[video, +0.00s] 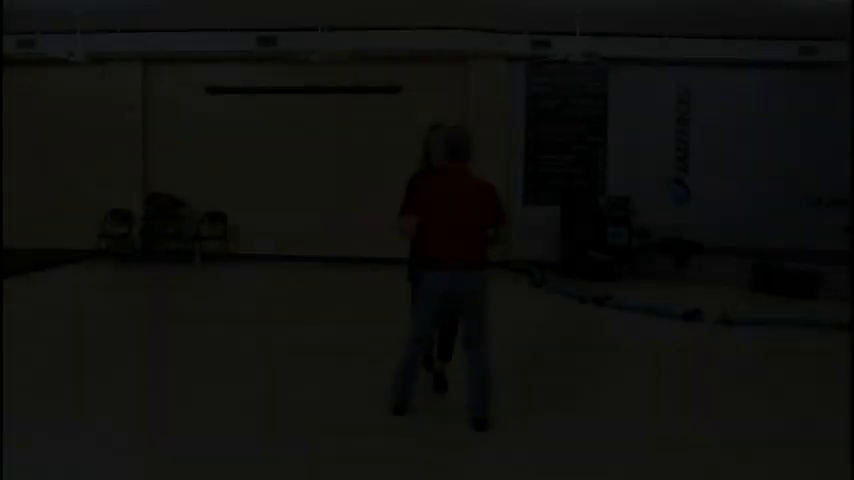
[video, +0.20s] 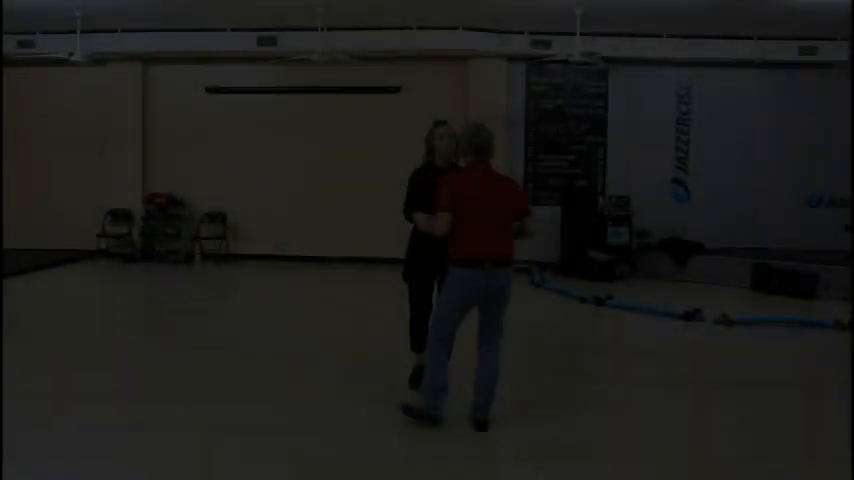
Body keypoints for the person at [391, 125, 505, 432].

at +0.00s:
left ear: (434, 152)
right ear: (469, 153)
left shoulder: (423, 185)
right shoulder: (482, 190)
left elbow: (407, 226)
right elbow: (498, 232)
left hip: (431, 276)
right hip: (471, 277)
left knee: (419, 338)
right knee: (475, 345)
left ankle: (402, 398)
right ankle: (480, 410)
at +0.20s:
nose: (450, 150)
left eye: (455, 146)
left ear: (461, 150)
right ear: (491, 151)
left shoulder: (452, 182)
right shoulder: (506, 185)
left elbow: (441, 226)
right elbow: (527, 227)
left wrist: (422, 221)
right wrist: (497, 228)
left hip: (461, 271)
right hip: (499, 273)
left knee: (440, 336)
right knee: (490, 343)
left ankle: (432, 405)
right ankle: (482, 413)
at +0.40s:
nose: (474, 150)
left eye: (476, 145)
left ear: (481, 149)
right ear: (508, 149)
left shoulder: (476, 183)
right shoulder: (524, 182)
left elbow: (470, 229)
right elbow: (549, 221)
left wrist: (447, 224)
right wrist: (520, 228)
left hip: (488, 273)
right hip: (519, 272)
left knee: (479, 346)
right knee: (497, 344)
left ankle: (519, 410)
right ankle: (483, 412)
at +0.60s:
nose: (490, 153)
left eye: (492, 148)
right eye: (492, 148)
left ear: (499, 151)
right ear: (521, 150)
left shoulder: (500, 185)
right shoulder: (539, 182)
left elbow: (499, 233)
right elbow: (566, 219)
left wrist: (469, 231)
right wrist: (533, 227)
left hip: (519, 279)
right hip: (540, 276)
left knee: (520, 349)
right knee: (506, 343)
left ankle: (539, 422)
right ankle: (498, 408)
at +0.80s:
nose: (505, 150)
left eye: (507, 145)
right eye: (505, 145)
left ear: (519, 148)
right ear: (533, 147)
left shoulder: (524, 180)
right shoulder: (548, 176)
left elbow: (529, 228)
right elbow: (578, 214)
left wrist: (493, 230)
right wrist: (545, 226)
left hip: (535, 276)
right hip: (551, 272)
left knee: (530, 349)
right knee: (535, 342)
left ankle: (539, 423)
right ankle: (552, 401)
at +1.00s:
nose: (516, 154)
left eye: (519, 148)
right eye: (517, 148)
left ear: (534, 150)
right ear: (542, 151)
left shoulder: (543, 184)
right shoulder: (558, 179)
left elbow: (543, 235)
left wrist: (500, 225)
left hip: (545, 279)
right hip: (561, 275)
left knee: (529, 350)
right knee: (561, 343)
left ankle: (538, 422)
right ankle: (573, 407)